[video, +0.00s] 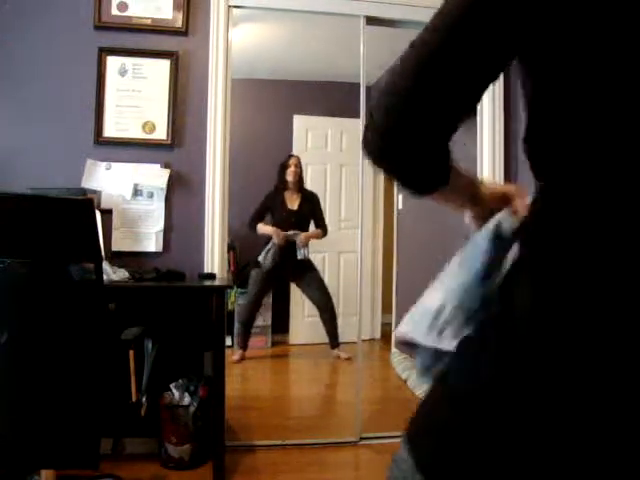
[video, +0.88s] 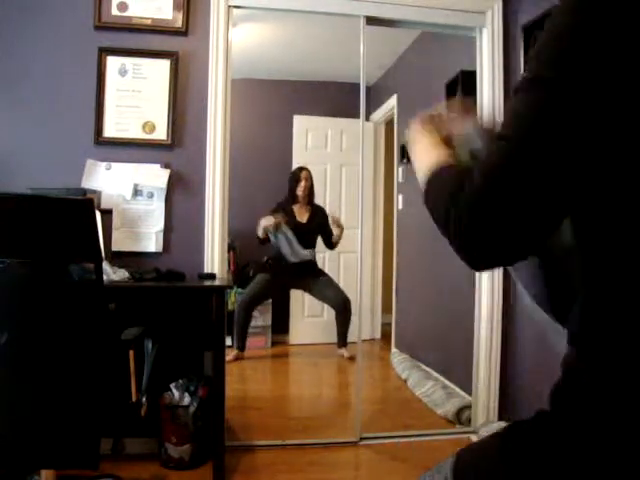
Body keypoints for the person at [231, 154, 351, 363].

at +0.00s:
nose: (294, 170)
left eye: (297, 166)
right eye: (290, 166)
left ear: (301, 171)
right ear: (283, 171)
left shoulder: (310, 198)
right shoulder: (274, 196)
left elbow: (322, 230)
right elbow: (254, 224)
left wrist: (308, 236)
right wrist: (273, 231)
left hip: (298, 258)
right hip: (273, 257)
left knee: (324, 299)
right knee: (251, 300)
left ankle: (335, 347)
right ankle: (240, 348)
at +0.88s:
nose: (304, 184)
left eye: (307, 181)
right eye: (300, 181)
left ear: (311, 185)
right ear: (293, 184)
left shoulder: (318, 213)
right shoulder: (282, 210)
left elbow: (330, 244)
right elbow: (263, 240)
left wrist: (338, 231)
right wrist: (263, 227)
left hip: (307, 271)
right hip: (279, 271)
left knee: (342, 302)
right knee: (245, 301)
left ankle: (342, 347)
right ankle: (239, 350)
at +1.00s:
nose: (302, 183)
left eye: (305, 180)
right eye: (298, 180)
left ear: (310, 184)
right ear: (291, 183)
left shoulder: (316, 211)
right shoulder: (278, 209)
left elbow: (331, 242)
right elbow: (261, 238)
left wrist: (338, 224)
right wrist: (258, 215)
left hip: (307, 272)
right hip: (277, 272)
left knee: (341, 302)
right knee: (244, 302)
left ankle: (341, 347)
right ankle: (239, 350)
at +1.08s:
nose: (301, 183)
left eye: (304, 179)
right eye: (297, 179)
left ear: (309, 183)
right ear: (289, 183)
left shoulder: (316, 209)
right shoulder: (277, 208)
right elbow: (258, 237)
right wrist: (261, 218)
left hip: (308, 271)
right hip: (276, 271)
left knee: (342, 302)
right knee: (242, 303)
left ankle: (342, 346)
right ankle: (238, 350)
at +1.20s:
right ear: (276, 207)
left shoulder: (312, 218)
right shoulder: (272, 221)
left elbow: (317, 247)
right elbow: (267, 249)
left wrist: (328, 235)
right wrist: (259, 231)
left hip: (306, 274)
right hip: (273, 275)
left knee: (343, 303)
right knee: (241, 305)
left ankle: (343, 347)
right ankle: (237, 350)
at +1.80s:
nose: (300, 185)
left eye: (303, 181)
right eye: (296, 181)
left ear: (307, 185)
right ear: (289, 184)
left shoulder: (315, 211)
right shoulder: (279, 208)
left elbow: (332, 231)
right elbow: (263, 223)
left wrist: (306, 222)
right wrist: (287, 217)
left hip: (309, 272)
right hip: (279, 272)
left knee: (345, 302)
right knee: (243, 303)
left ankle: (345, 347)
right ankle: (235, 350)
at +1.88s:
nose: (299, 185)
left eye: (303, 181)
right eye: (296, 181)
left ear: (307, 185)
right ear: (288, 184)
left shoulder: (315, 212)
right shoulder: (279, 210)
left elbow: (336, 237)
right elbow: (264, 225)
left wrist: (330, 230)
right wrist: (290, 222)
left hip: (309, 272)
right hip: (279, 272)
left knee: (345, 303)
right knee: (243, 303)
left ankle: (344, 347)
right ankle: (235, 350)